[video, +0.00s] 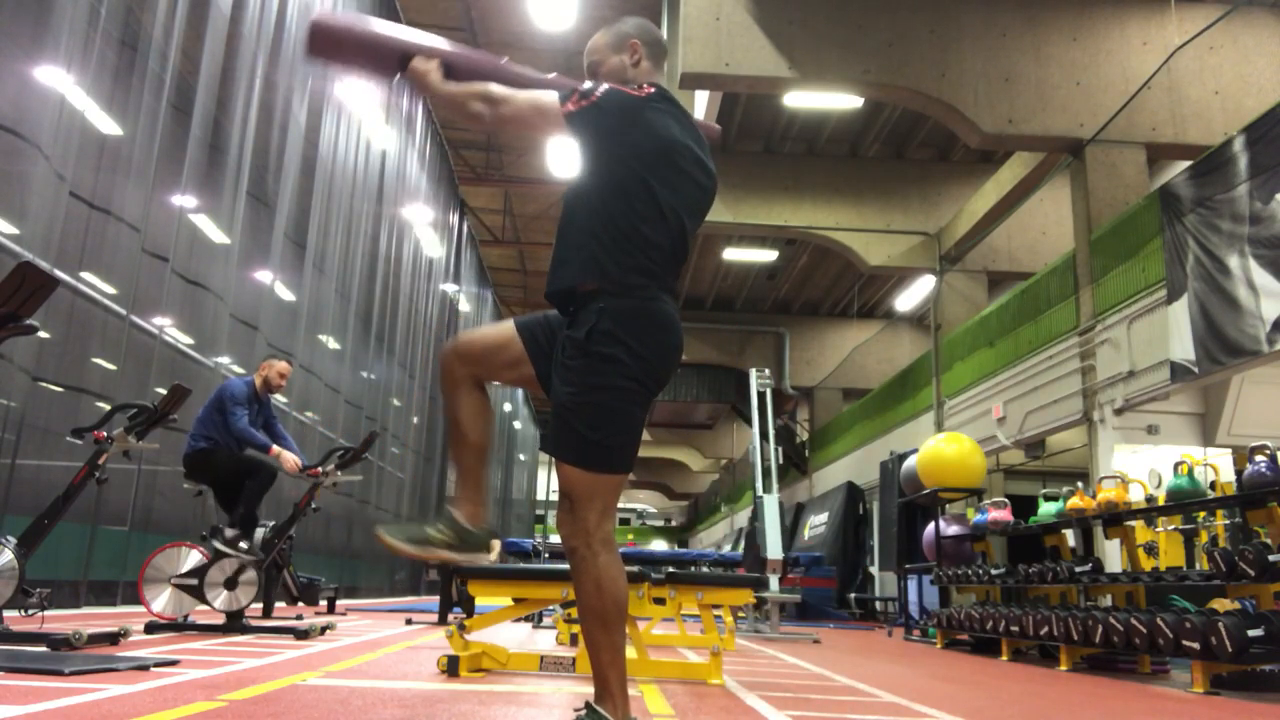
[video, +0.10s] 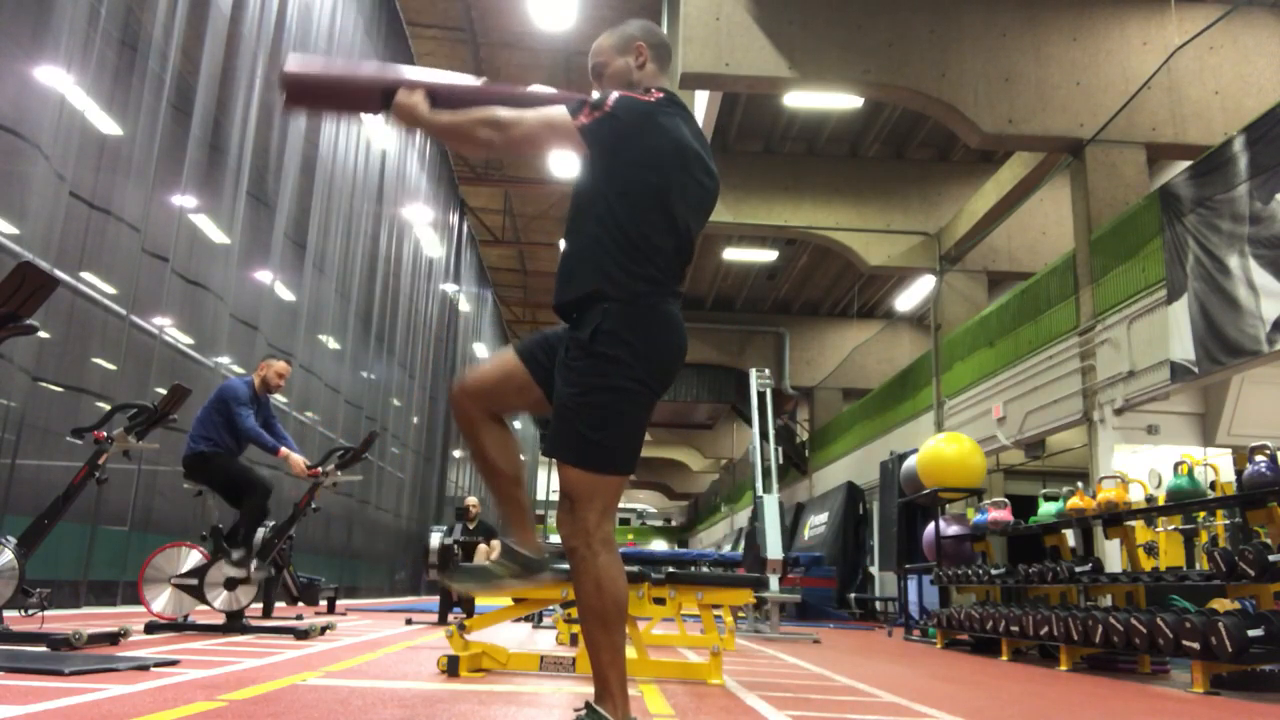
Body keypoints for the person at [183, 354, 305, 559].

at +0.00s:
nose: (283, 384)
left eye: (286, 380)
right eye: (280, 376)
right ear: (263, 369)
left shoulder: (263, 403)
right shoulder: (235, 389)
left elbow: (277, 433)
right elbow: (239, 428)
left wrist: (302, 465)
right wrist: (278, 452)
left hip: (223, 461)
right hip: (202, 456)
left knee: (248, 517)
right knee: (264, 471)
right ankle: (233, 531)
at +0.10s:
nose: (282, 384)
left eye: (285, 380)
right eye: (279, 376)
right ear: (262, 369)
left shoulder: (262, 401)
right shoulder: (236, 389)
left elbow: (275, 431)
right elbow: (248, 429)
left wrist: (300, 460)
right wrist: (286, 455)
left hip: (220, 460)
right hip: (203, 457)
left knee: (259, 509)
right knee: (260, 487)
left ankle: (229, 543)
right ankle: (237, 546)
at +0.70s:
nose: (281, 389)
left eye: (285, 384)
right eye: (279, 381)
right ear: (263, 373)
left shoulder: (263, 404)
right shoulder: (235, 390)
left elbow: (278, 432)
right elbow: (254, 430)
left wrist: (300, 462)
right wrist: (287, 462)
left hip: (216, 458)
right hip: (190, 452)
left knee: (233, 518)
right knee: (247, 467)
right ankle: (218, 528)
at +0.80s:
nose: (282, 389)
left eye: (285, 385)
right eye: (280, 382)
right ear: (263, 374)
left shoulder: (262, 404)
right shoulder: (236, 390)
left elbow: (278, 432)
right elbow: (255, 430)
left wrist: (301, 462)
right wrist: (287, 461)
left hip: (211, 456)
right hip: (190, 452)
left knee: (242, 510)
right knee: (246, 477)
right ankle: (232, 538)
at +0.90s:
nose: (282, 389)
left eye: (286, 385)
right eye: (280, 382)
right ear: (263, 374)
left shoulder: (262, 401)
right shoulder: (238, 390)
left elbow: (277, 431)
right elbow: (257, 430)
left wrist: (301, 462)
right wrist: (288, 462)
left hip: (215, 458)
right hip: (193, 455)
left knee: (258, 498)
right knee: (237, 495)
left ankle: (222, 535)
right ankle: (234, 564)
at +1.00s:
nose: (285, 388)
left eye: (288, 384)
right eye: (283, 381)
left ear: (275, 380)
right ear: (266, 373)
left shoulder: (262, 400)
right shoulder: (241, 389)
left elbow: (278, 430)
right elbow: (259, 428)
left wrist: (302, 462)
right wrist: (288, 461)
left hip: (223, 460)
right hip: (198, 458)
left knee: (270, 483)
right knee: (224, 510)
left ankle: (228, 528)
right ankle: (221, 581)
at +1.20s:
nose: (286, 388)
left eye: (289, 384)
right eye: (284, 381)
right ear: (268, 373)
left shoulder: (263, 399)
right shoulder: (242, 389)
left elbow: (278, 430)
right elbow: (258, 428)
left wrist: (301, 462)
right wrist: (289, 461)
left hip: (223, 460)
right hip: (198, 457)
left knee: (269, 492)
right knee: (236, 505)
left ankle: (252, 553)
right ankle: (196, 562)